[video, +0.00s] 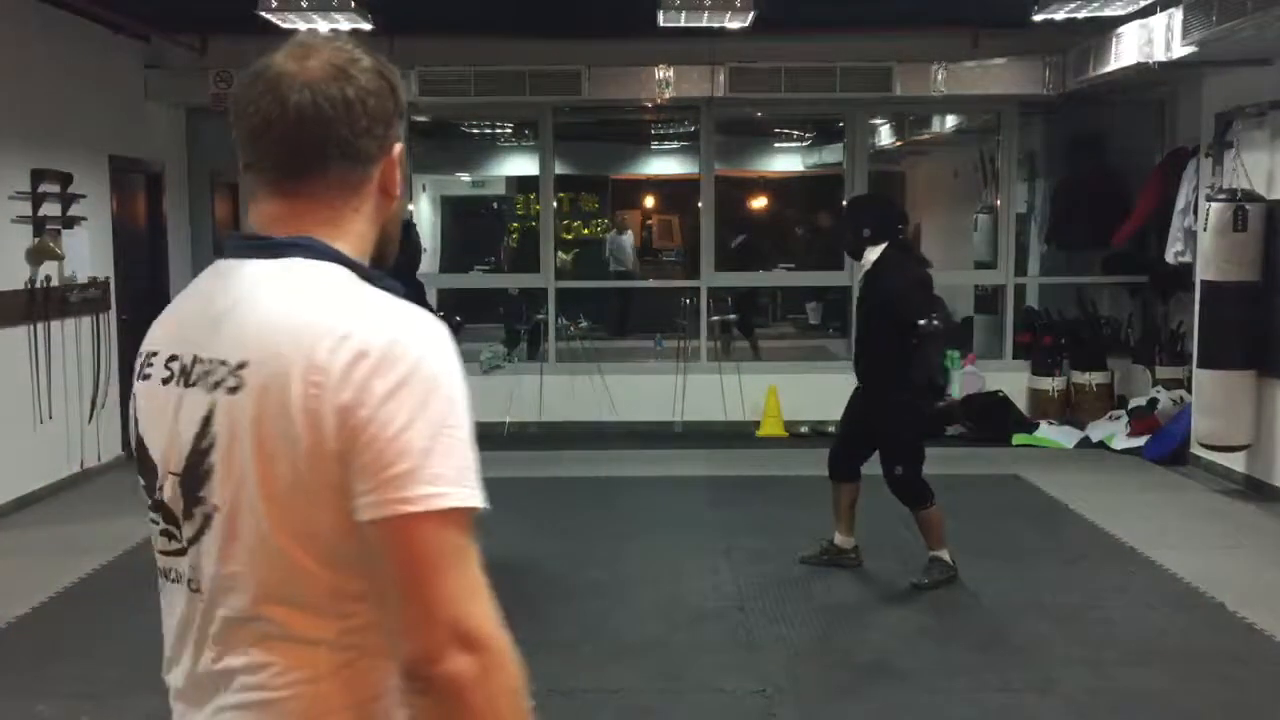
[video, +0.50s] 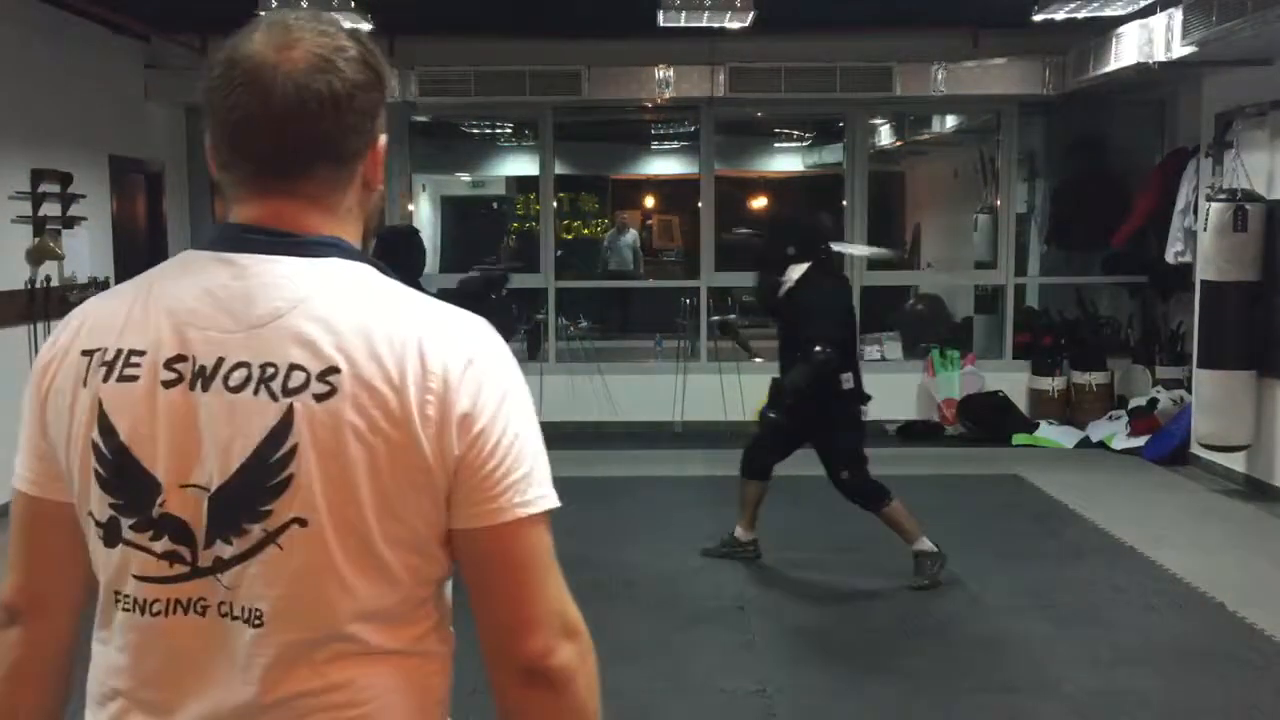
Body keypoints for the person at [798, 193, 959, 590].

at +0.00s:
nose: (844, 236)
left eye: (849, 228)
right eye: (845, 227)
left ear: (866, 230)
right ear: (880, 229)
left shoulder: (902, 271)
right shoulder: (876, 268)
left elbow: (929, 335)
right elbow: (886, 330)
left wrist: (920, 391)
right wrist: (871, 378)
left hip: (900, 392)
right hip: (872, 389)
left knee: (904, 477)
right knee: (842, 461)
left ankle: (941, 558)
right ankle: (843, 545)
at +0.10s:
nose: (840, 235)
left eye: (845, 228)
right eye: (842, 228)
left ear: (862, 231)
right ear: (875, 229)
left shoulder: (892, 272)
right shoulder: (871, 270)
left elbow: (910, 334)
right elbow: (884, 332)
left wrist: (905, 394)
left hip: (893, 392)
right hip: (869, 390)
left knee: (903, 478)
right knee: (830, 455)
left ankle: (942, 558)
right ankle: (834, 541)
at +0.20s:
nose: (840, 239)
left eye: (844, 232)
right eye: (842, 231)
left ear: (857, 235)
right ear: (875, 234)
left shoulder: (880, 277)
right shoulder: (871, 272)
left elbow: (883, 341)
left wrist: (860, 397)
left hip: (886, 395)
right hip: (866, 392)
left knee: (894, 479)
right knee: (813, 452)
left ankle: (941, 558)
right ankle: (804, 536)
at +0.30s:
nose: (825, 245)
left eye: (829, 238)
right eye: (828, 238)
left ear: (843, 240)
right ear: (861, 238)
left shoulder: (866, 278)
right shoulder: (854, 275)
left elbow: (862, 343)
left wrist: (829, 397)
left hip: (869, 396)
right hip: (853, 394)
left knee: (886, 483)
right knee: (796, 457)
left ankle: (940, 558)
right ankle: (766, 533)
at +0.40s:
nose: (794, 258)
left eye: (800, 250)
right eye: (795, 249)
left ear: (819, 248)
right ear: (833, 246)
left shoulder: (845, 283)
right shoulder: (825, 280)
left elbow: (843, 343)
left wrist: (806, 389)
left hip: (853, 399)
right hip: (824, 397)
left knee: (875, 480)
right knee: (776, 462)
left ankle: (936, 555)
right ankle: (748, 537)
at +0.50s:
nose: (769, 259)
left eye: (774, 251)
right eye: (770, 252)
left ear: (791, 250)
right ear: (811, 250)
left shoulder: (823, 287)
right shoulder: (797, 285)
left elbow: (826, 352)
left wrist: (785, 394)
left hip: (831, 402)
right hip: (801, 399)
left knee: (853, 481)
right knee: (756, 458)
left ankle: (926, 550)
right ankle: (743, 536)